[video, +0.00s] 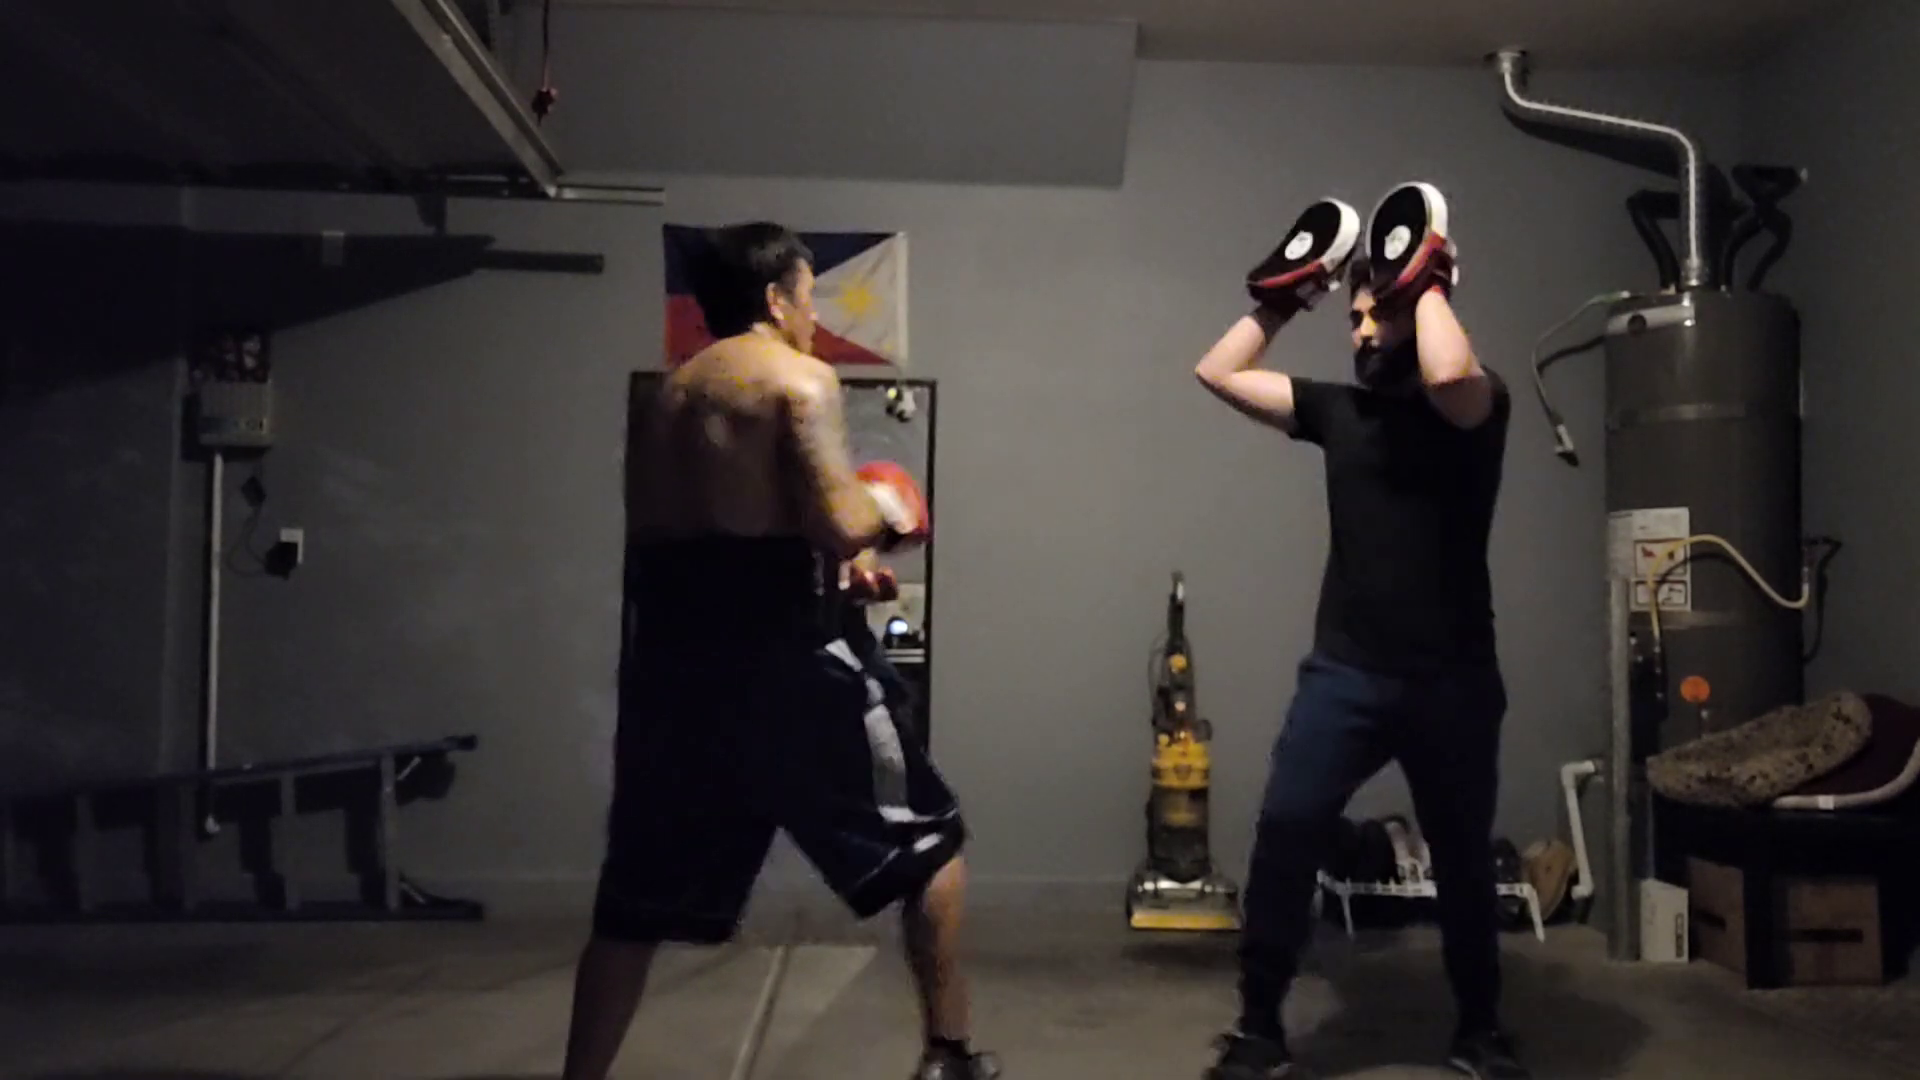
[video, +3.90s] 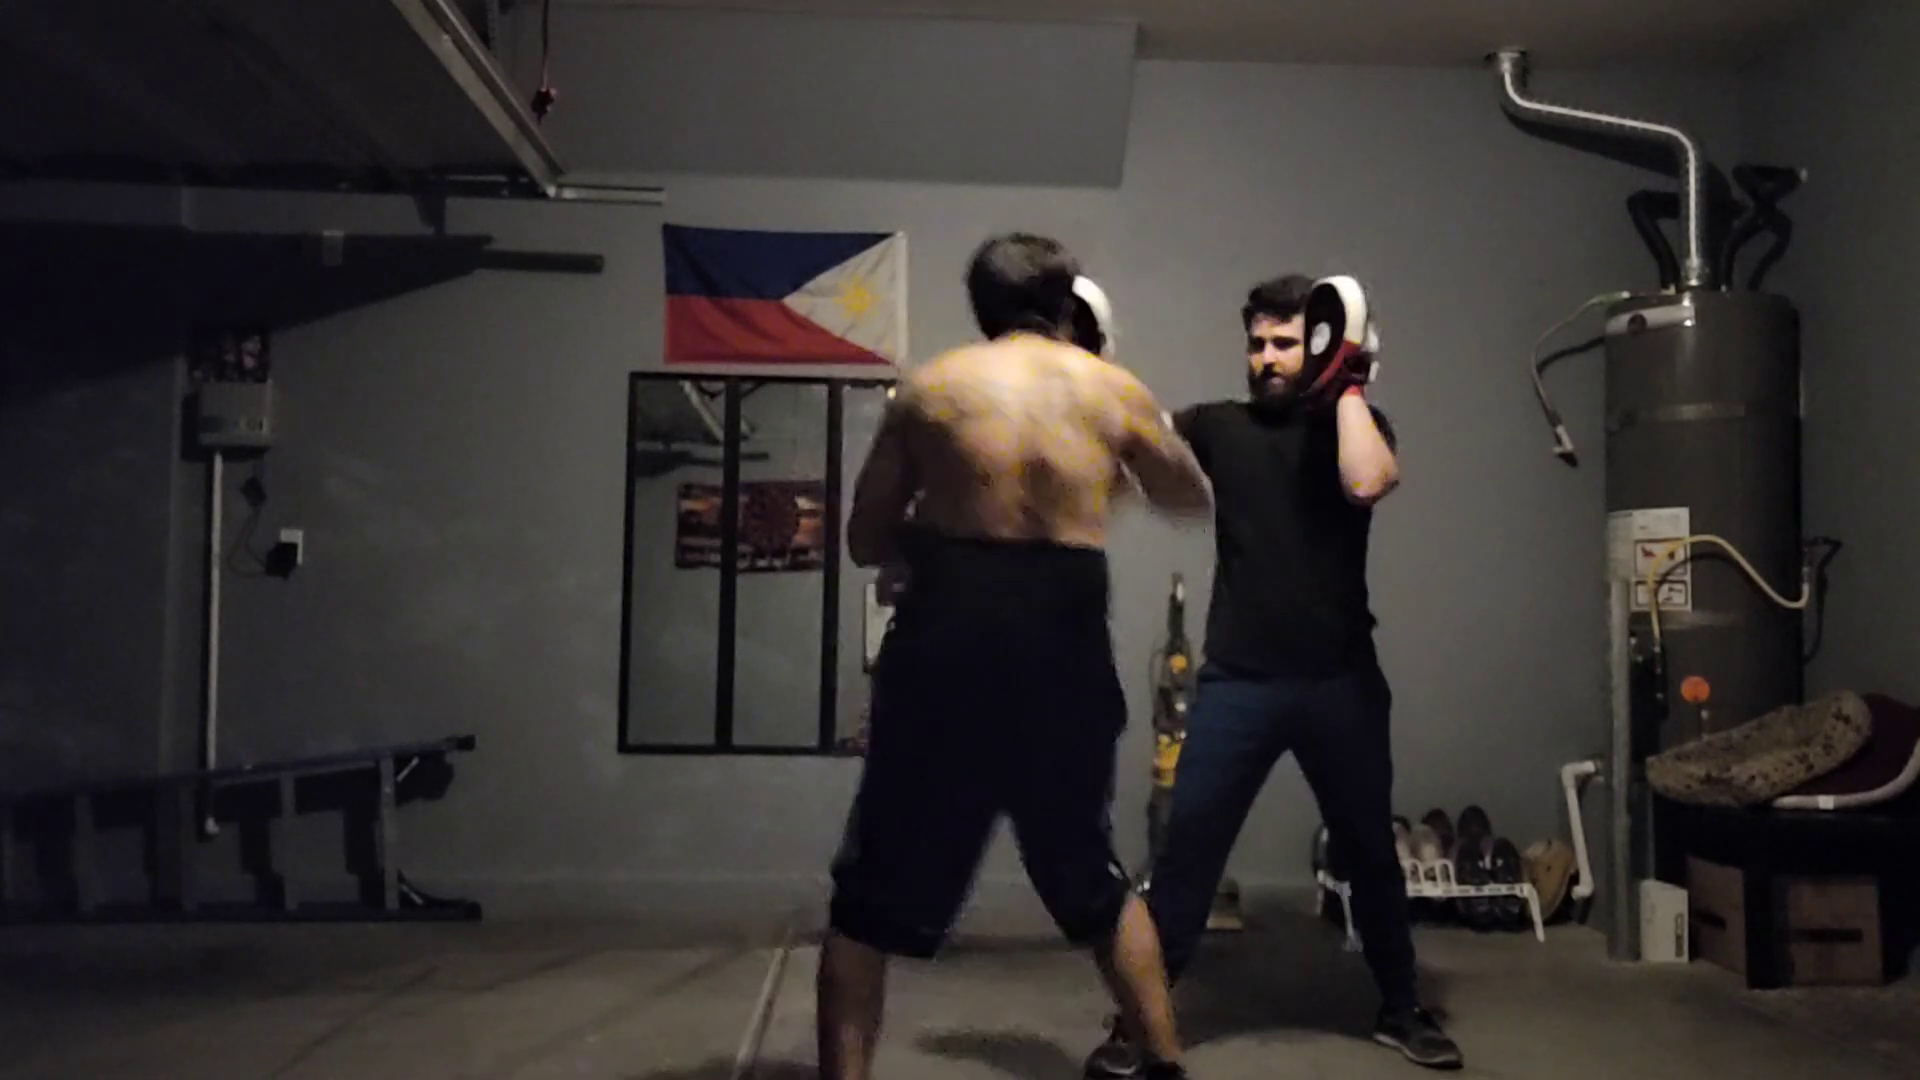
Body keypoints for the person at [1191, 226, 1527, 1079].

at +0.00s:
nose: (1364, 328)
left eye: (1381, 311)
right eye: (1354, 315)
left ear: (1420, 316)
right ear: (1346, 325)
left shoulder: (1473, 402)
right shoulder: (1337, 407)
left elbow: (1450, 374)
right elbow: (1219, 372)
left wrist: (1426, 282)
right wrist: (1279, 297)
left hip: (1451, 676)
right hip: (1345, 671)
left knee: (1463, 862)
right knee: (1284, 829)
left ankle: (1478, 1032)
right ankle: (1259, 1028)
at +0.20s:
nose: (1352, 327)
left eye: (1367, 313)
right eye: (1342, 314)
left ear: (1405, 322)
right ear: (1329, 325)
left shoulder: (1446, 406)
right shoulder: (1302, 410)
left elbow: (1441, 403)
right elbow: (1182, 410)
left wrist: (1418, 306)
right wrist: (1197, 324)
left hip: (1426, 677)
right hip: (1320, 674)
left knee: (1457, 864)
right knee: (1253, 838)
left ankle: (1479, 1032)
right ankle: (1193, 1023)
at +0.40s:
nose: (1296, 316)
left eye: (1315, 302)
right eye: (1286, 297)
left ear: (1346, 316)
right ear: (1262, 312)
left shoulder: (1382, 396)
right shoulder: (1241, 405)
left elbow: (1329, 429)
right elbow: (1125, 393)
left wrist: (1305, 334)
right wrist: (1134, 299)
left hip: (1375, 673)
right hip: (1270, 673)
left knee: (1421, 854)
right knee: (1227, 853)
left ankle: (1469, 1025)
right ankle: (1188, 1032)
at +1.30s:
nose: (1255, 354)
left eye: (1271, 339)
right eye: (1247, 341)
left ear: (1308, 341)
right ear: (1237, 346)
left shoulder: (1351, 415)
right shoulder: (1218, 422)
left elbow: (1307, 440)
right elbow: (1112, 426)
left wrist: (1299, 344)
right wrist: (1106, 351)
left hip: (1336, 679)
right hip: (1241, 676)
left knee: (1360, 847)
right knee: (1191, 836)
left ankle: (1396, 1006)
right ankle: (1143, 1013)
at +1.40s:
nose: (1237, 343)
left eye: (1253, 330)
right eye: (1228, 332)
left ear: (1296, 336)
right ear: (1218, 341)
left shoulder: (1327, 411)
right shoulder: (1207, 425)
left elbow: (1249, 426)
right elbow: (1100, 443)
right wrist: (1103, 363)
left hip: (1312, 678)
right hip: (1217, 678)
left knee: (1354, 847)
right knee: (1170, 842)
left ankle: (1395, 1008)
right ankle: (1143, 1014)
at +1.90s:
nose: (1256, 346)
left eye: (1271, 330)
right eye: (1245, 333)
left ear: (1303, 338)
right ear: (1233, 348)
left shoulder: (1347, 416)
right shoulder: (1217, 435)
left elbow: (1335, 442)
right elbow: (1111, 448)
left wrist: (1283, 354)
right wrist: (1133, 373)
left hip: (1332, 682)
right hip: (1234, 683)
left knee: (1362, 848)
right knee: (1179, 830)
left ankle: (1398, 1007)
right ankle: (1144, 1010)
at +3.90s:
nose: (1266, 357)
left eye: (1283, 344)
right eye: (1257, 344)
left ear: (1323, 348)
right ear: (1246, 349)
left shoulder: (1357, 422)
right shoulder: (1218, 425)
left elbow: (1368, 481)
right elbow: (1128, 452)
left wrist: (1345, 381)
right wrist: (1094, 381)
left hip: (1338, 679)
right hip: (1238, 677)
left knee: (1370, 852)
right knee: (1189, 842)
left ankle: (1402, 1008)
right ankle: (1140, 1015)